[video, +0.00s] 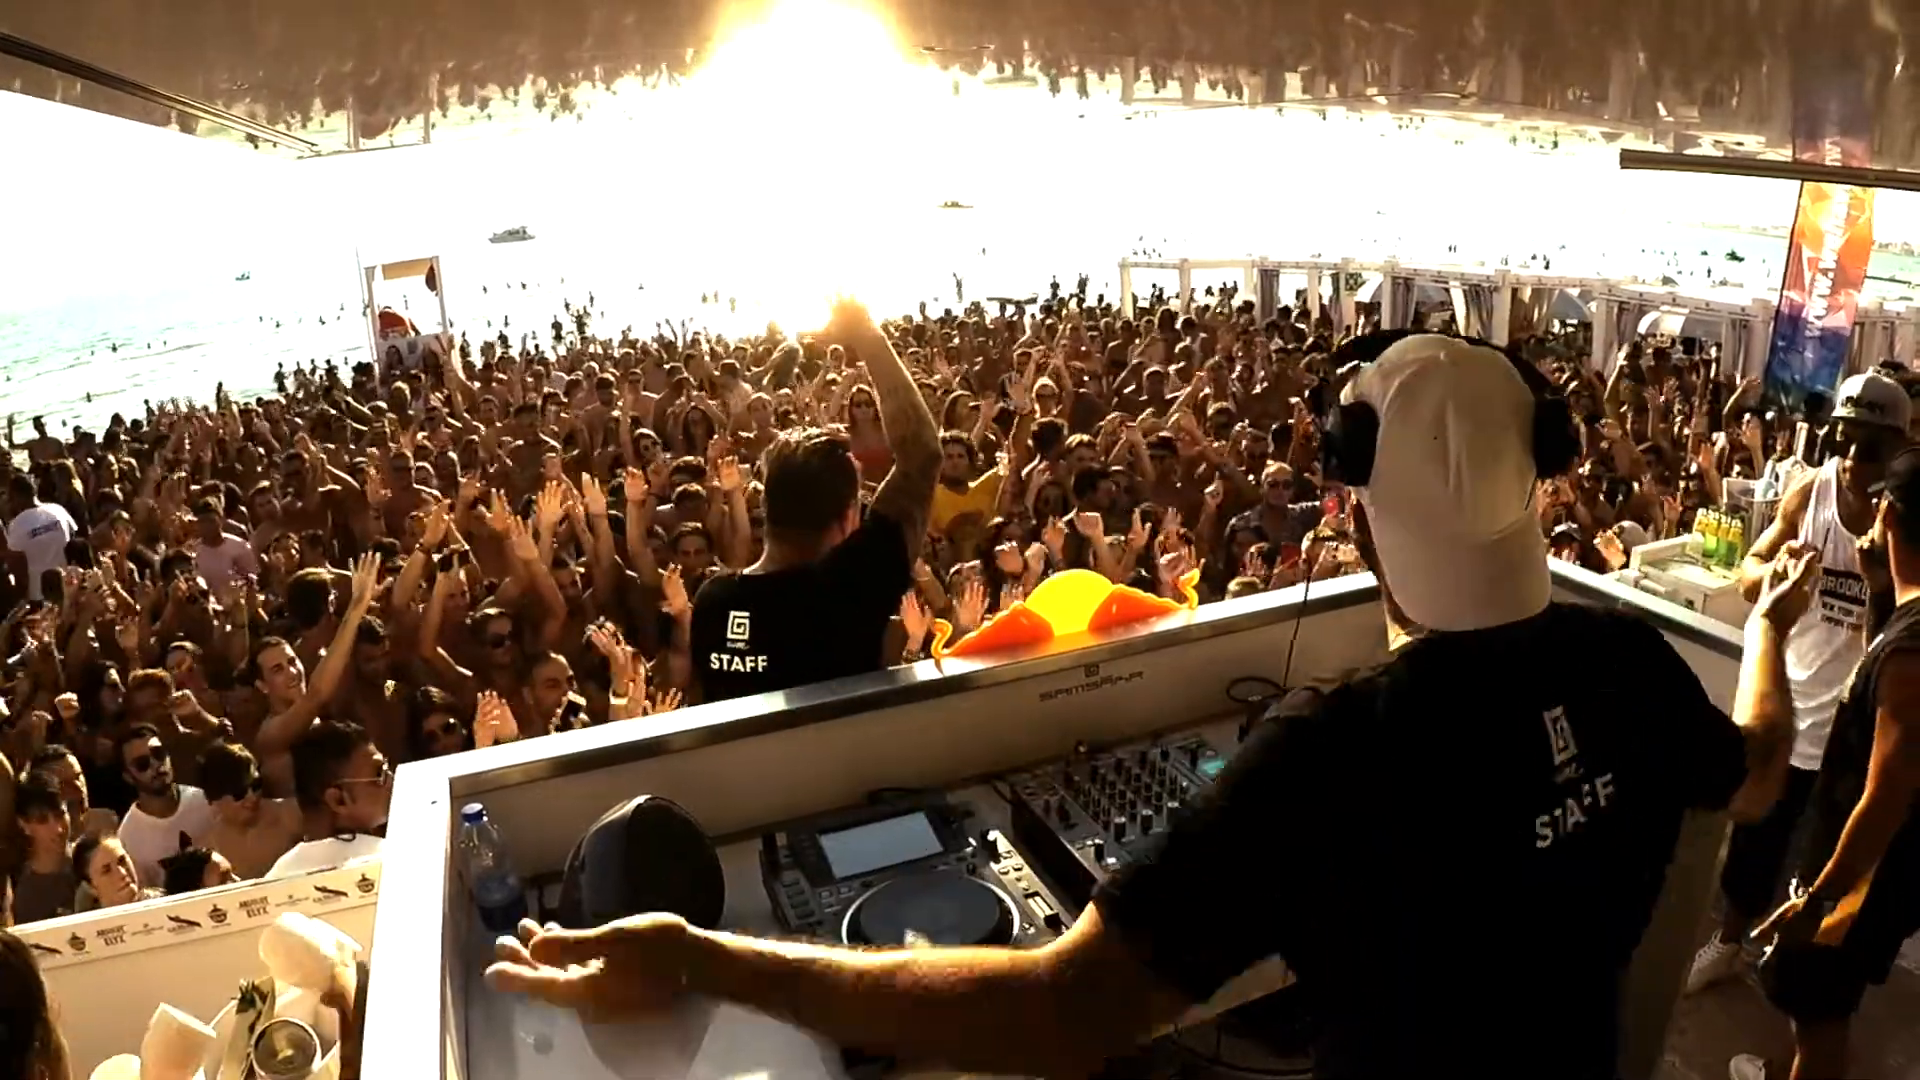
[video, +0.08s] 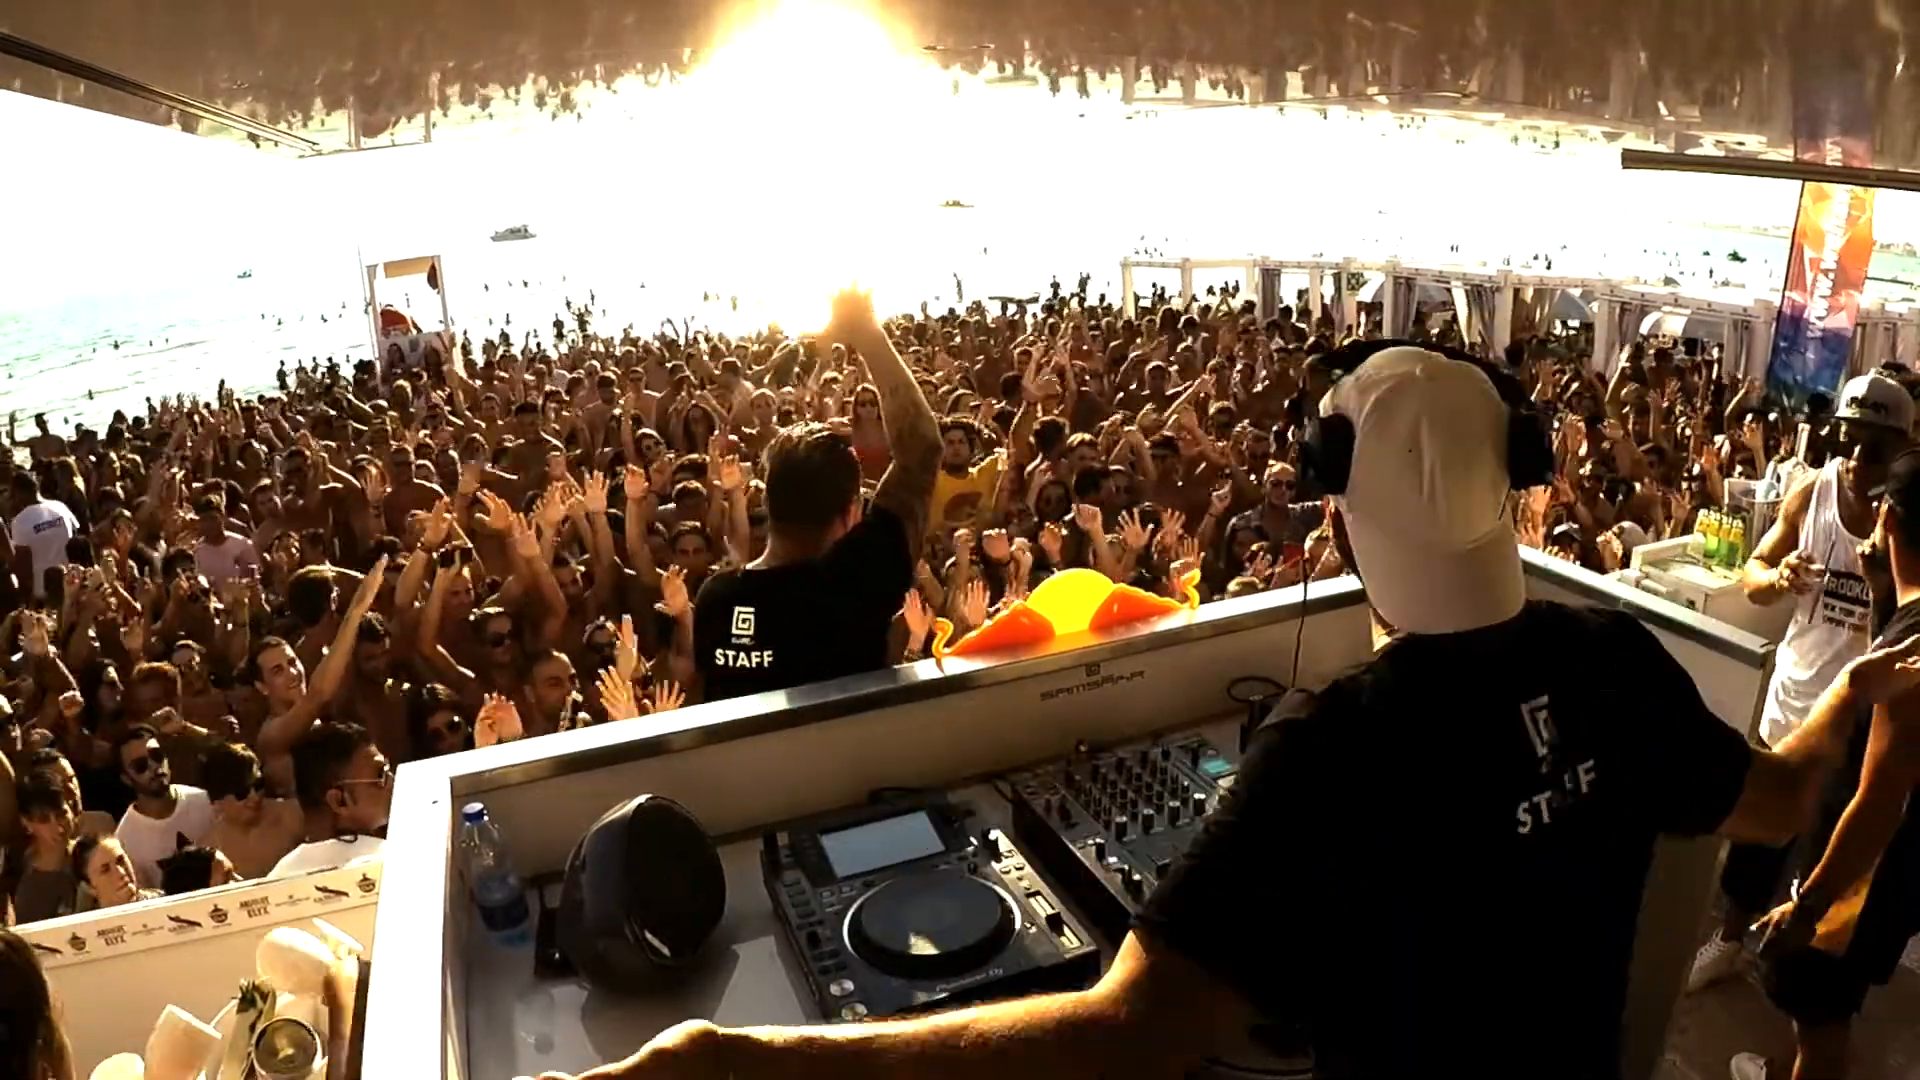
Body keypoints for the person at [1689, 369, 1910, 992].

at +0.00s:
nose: (1854, 456)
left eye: (1872, 445)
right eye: (1846, 439)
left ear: (1901, 445)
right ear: (1834, 433)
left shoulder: (1903, 519)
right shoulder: (1806, 491)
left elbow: (1901, 635)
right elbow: (1751, 575)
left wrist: (1878, 574)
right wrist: (1764, 568)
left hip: (1855, 737)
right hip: (1783, 716)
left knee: (1822, 855)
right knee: (1752, 839)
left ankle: (1798, 957)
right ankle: (1730, 937)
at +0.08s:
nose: (1857, 455)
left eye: (1875, 444)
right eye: (1848, 438)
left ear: (1905, 448)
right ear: (1836, 433)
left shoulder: (1906, 519)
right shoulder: (1809, 491)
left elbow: (1907, 627)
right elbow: (1753, 580)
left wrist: (1882, 573)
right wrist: (1777, 576)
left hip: (1864, 708)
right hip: (1792, 690)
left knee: (1831, 836)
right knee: (1762, 813)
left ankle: (1800, 951)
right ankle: (1730, 936)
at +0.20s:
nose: (1866, 450)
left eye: (1883, 438)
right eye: (1856, 433)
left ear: (1908, 444)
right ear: (1839, 429)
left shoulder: (1907, 515)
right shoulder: (1809, 490)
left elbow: (1911, 622)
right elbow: (1754, 579)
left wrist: (1885, 586)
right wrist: (1784, 585)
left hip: (1863, 712)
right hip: (1795, 695)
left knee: (1831, 844)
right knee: (1759, 828)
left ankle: (1799, 960)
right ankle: (1729, 936)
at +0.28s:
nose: (1873, 449)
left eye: (1891, 437)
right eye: (1863, 432)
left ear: (1914, 444)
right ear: (1845, 427)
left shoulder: (1908, 517)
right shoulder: (1810, 491)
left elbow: (1914, 625)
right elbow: (1763, 576)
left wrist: (1888, 589)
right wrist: (1790, 591)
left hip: (1862, 722)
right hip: (1794, 701)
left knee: (1830, 846)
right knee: (1757, 832)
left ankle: (1800, 957)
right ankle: (1731, 936)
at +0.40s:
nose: (1872, 444)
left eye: (1889, 435)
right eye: (1866, 428)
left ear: (1912, 445)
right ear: (1849, 424)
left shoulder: (1909, 514)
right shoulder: (1809, 488)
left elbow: (1908, 634)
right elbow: (1762, 575)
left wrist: (1888, 589)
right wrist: (1791, 593)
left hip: (1864, 715)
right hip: (1794, 697)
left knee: (1836, 846)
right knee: (1753, 829)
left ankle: (1811, 972)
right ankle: (1729, 938)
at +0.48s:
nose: (1873, 442)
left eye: (1890, 434)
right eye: (1868, 426)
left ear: (1911, 446)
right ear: (1852, 423)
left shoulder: (1907, 512)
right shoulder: (1810, 487)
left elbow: (1918, 606)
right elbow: (1763, 573)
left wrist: (1890, 607)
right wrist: (1792, 594)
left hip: (1872, 680)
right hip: (1797, 668)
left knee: (1843, 815)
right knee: (1765, 798)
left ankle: (1815, 959)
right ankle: (1729, 937)